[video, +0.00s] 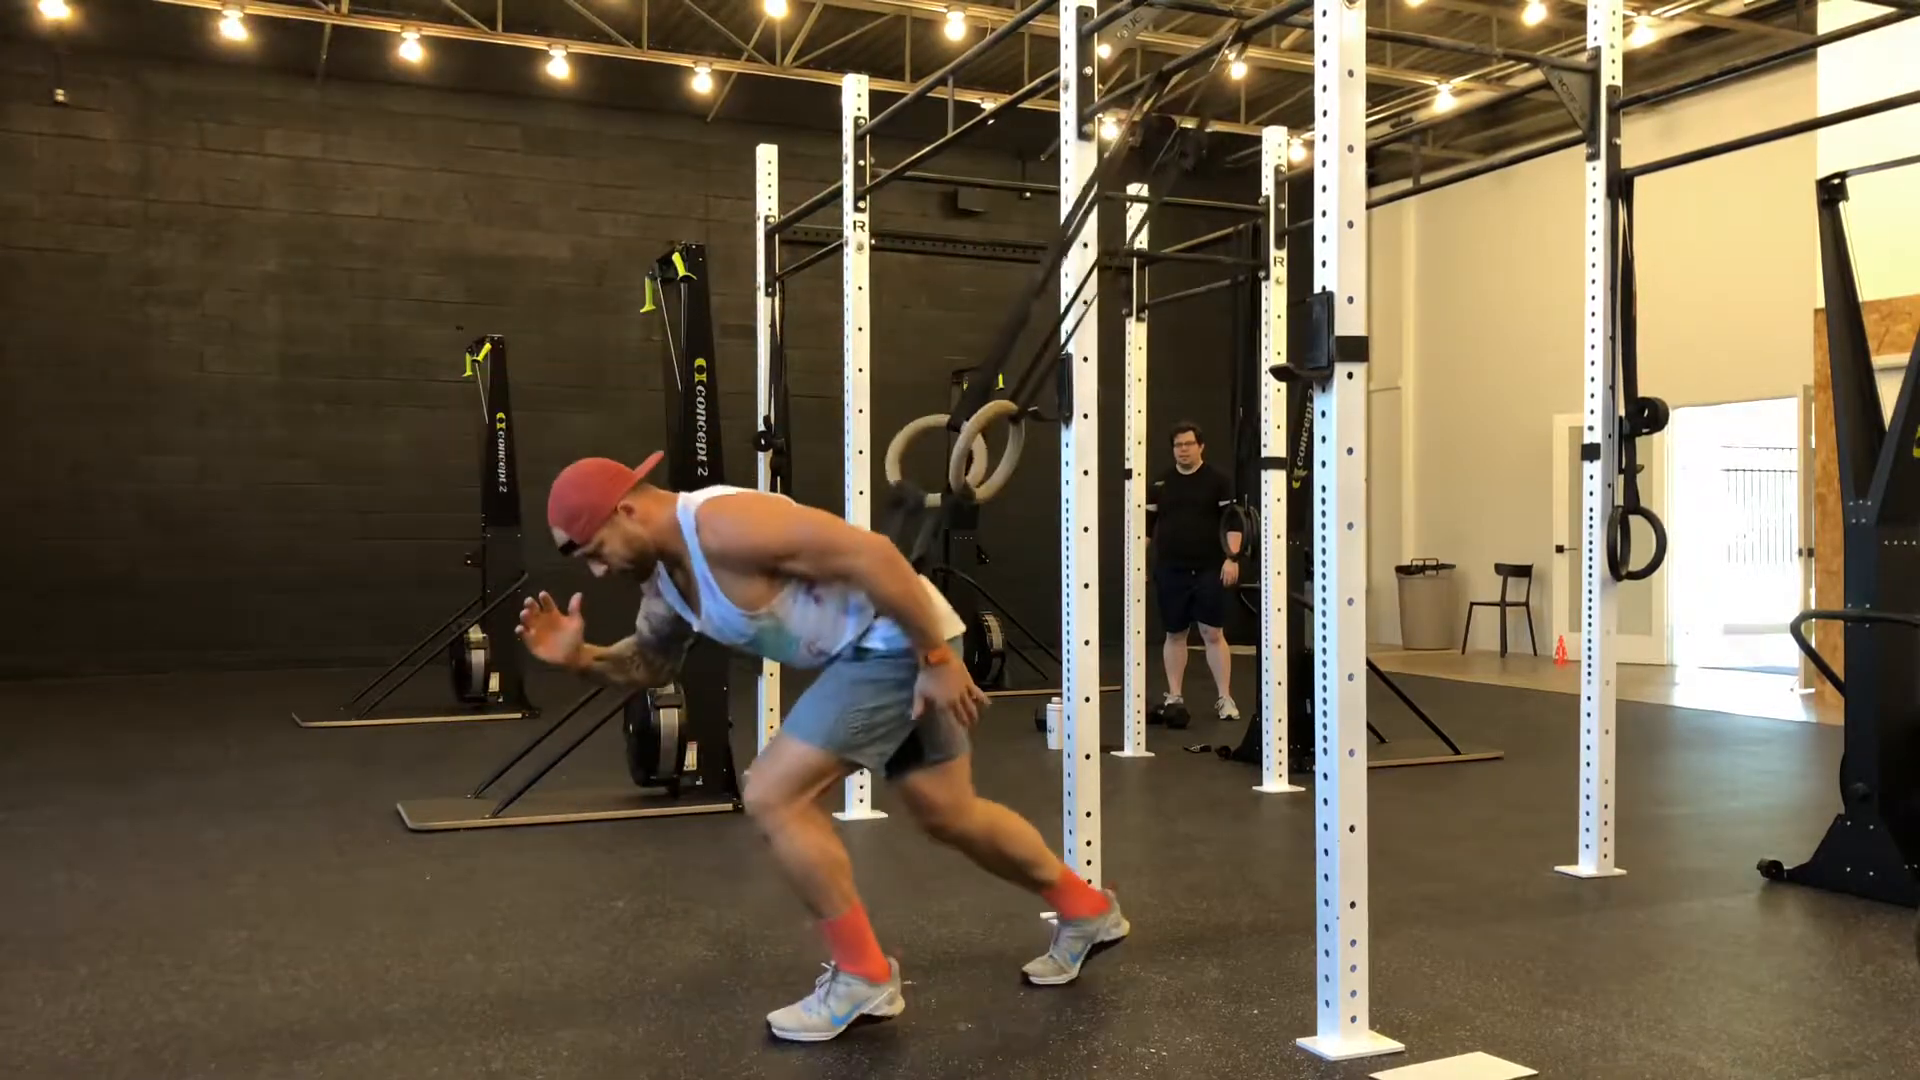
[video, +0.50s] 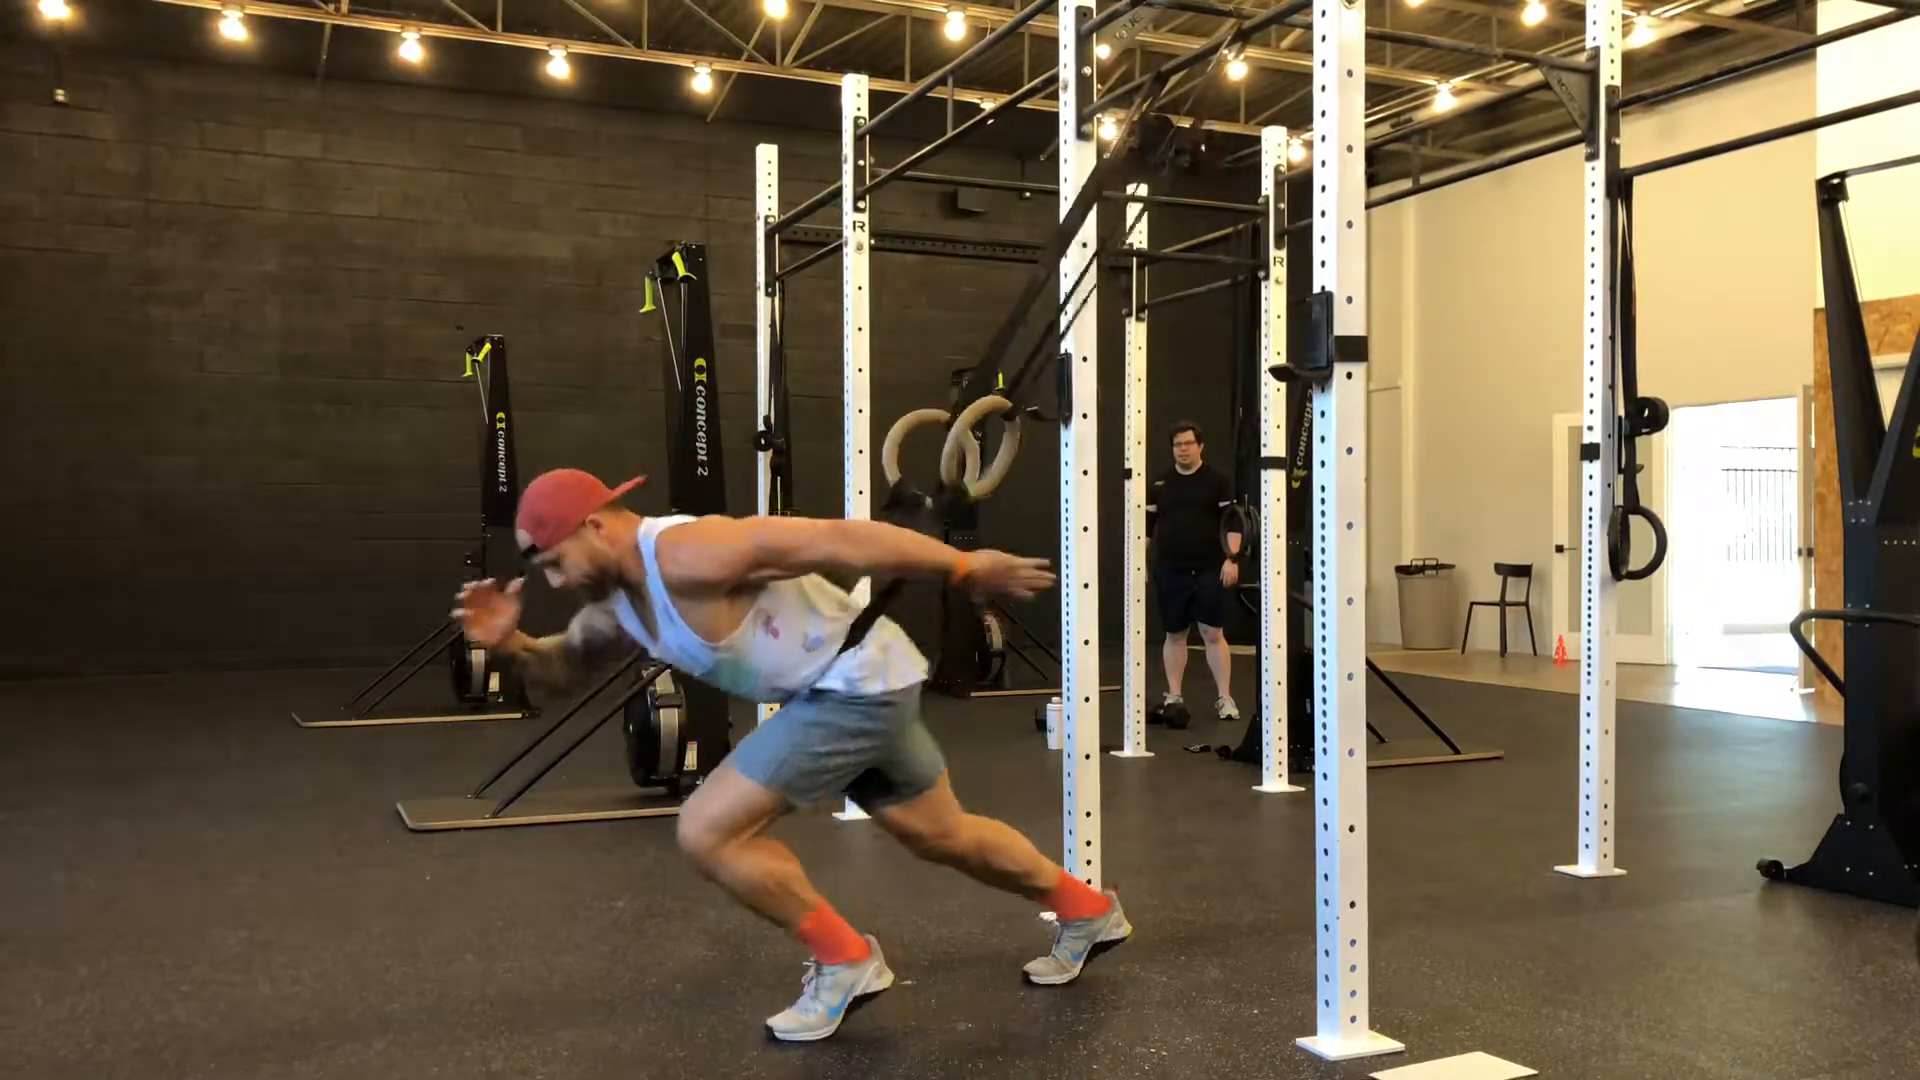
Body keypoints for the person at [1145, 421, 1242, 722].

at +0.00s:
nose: (1182, 450)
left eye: (1188, 444)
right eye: (1178, 445)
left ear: (1201, 447)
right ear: (1172, 449)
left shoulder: (1217, 480)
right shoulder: (1162, 483)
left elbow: (1233, 521)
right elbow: (1148, 527)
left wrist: (1232, 558)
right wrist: (1141, 563)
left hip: (1209, 570)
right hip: (1171, 570)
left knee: (1213, 634)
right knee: (1175, 634)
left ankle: (1224, 698)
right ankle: (1174, 696)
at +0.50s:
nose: (1182, 449)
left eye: (1188, 444)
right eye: (1177, 444)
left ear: (1200, 447)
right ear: (1171, 449)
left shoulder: (1217, 480)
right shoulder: (1162, 483)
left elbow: (1233, 521)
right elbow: (1148, 527)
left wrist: (1232, 558)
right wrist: (1142, 563)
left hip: (1209, 569)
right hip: (1171, 570)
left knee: (1212, 634)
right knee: (1175, 634)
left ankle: (1225, 698)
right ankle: (1174, 696)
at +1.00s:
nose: (1178, 449)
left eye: (1184, 443)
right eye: (1173, 444)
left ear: (1196, 446)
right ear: (1167, 448)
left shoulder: (1214, 481)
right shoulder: (1158, 484)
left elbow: (1232, 521)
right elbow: (1143, 525)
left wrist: (1227, 556)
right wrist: (1142, 559)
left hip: (1205, 569)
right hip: (1168, 569)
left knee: (1211, 633)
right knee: (1174, 634)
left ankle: (1224, 698)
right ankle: (1174, 696)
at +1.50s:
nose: (1173, 449)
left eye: (1179, 443)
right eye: (1168, 444)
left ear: (1191, 447)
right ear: (1162, 449)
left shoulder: (1208, 482)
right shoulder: (1152, 485)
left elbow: (1224, 524)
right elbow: (1140, 525)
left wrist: (1221, 557)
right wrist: (1138, 563)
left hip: (1200, 569)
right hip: (1164, 569)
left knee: (1207, 632)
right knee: (1170, 634)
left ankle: (1223, 697)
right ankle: (1173, 696)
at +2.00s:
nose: (1169, 451)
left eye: (1174, 445)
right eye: (1164, 446)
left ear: (1186, 449)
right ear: (1158, 450)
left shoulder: (1203, 483)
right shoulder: (1147, 486)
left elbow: (1217, 525)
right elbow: (1134, 527)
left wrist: (1217, 559)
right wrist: (1130, 560)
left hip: (1196, 569)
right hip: (1160, 570)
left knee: (1204, 631)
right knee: (1168, 633)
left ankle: (1222, 697)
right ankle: (1173, 696)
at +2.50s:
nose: (1174, 451)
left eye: (1179, 445)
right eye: (1168, 446)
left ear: (1191, 448)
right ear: (1162, 450)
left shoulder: (1205, 482)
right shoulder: (1149, 484)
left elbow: (1219, 524)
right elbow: (1133, 524)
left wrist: (1219, 558)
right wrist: (1127, 556)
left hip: (1198, 569)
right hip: (1161, 569)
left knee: (1209, 631)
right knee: (1168, 634)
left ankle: (1226, 693)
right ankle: (1172, 695)